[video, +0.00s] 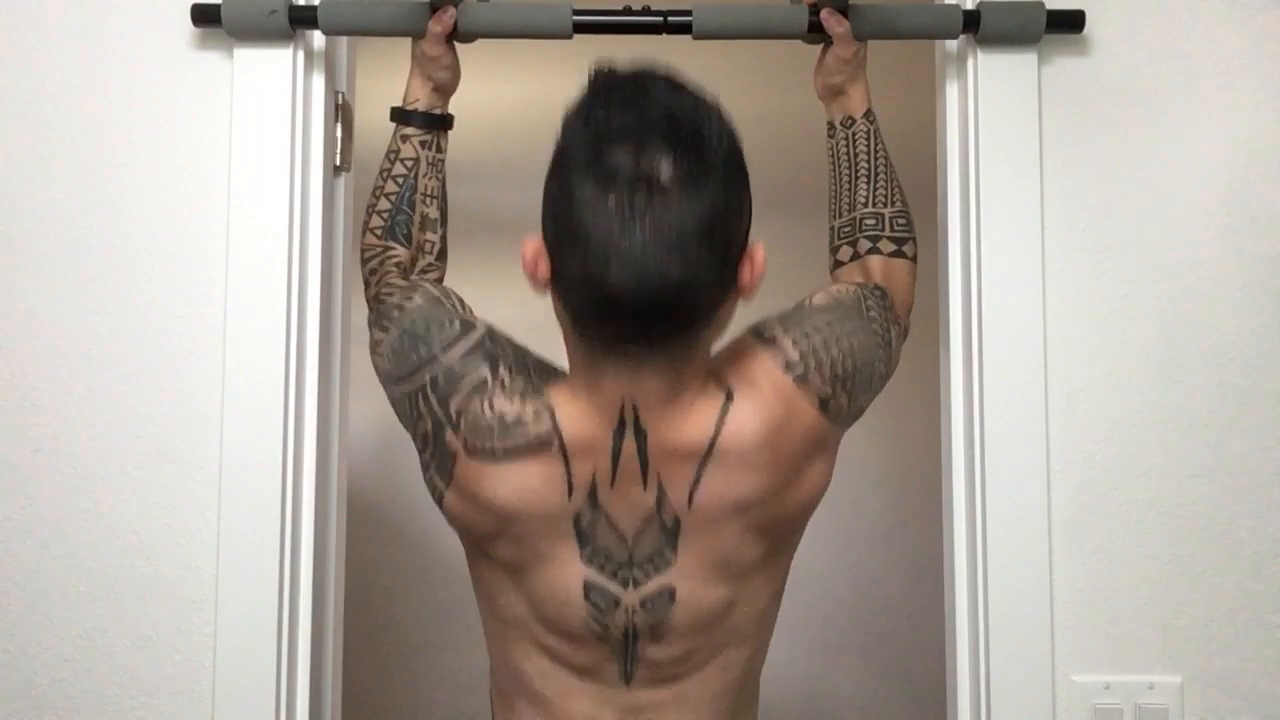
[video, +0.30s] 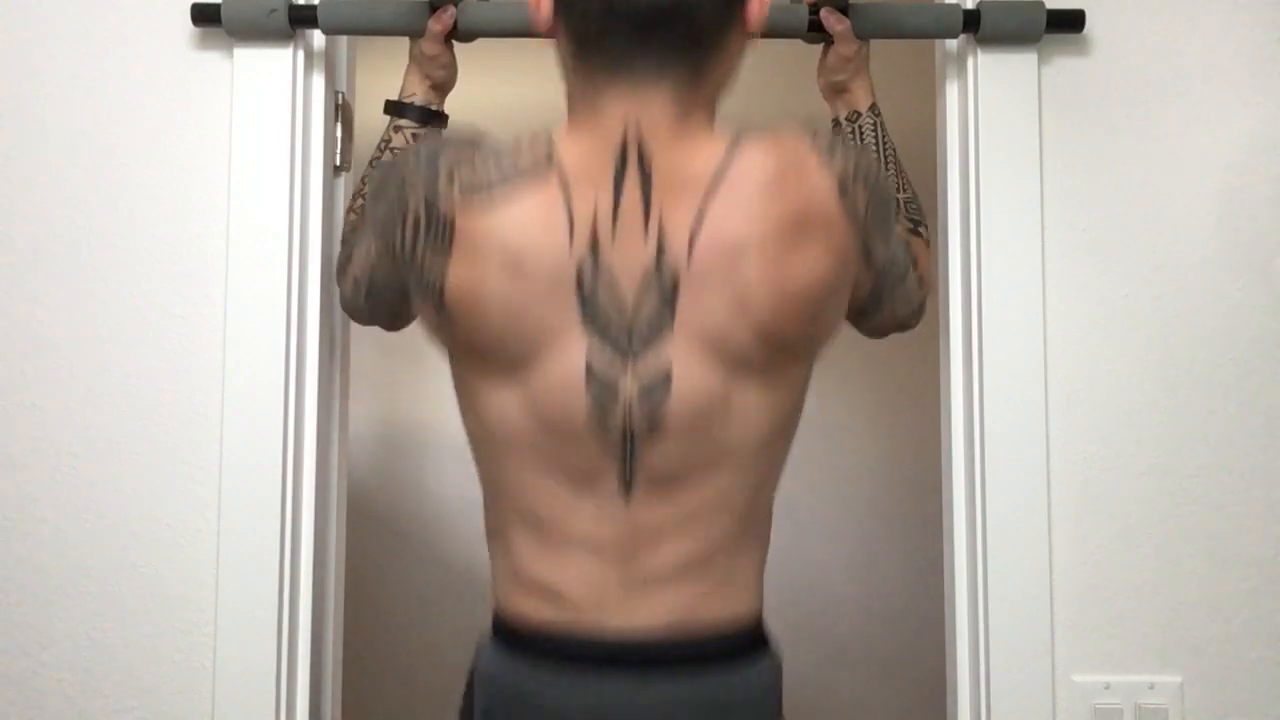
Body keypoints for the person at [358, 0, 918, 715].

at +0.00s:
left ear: (538, 266)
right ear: (748, 273)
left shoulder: (488, 432)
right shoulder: (785, 413)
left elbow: (397, 267)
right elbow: (880, 273)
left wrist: (425, 94)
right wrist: (849, 98)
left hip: (529, 713)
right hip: (720, 714)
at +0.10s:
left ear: (537, 197)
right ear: (749, 203)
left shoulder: (478, 378)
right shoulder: (791, 360)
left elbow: (385, 258)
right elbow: (888, 261)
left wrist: (424, 94)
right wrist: (849, 97)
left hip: (531, 708)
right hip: (717, 709)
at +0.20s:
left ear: (537, 105)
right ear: (751, 109)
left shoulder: (468, 295)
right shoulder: (799, 285)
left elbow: (372, 266)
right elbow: (901, 275)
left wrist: (422, 95)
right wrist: (851, 99)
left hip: (528, 699)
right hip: (716, 699)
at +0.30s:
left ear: (545, 20)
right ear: (749, 22)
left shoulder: (458, 199)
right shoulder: (802, 194)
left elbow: (368, 291)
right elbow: (898, 299)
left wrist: (418, 98)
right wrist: (854, 102)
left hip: (529, 681)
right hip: (722, 684)